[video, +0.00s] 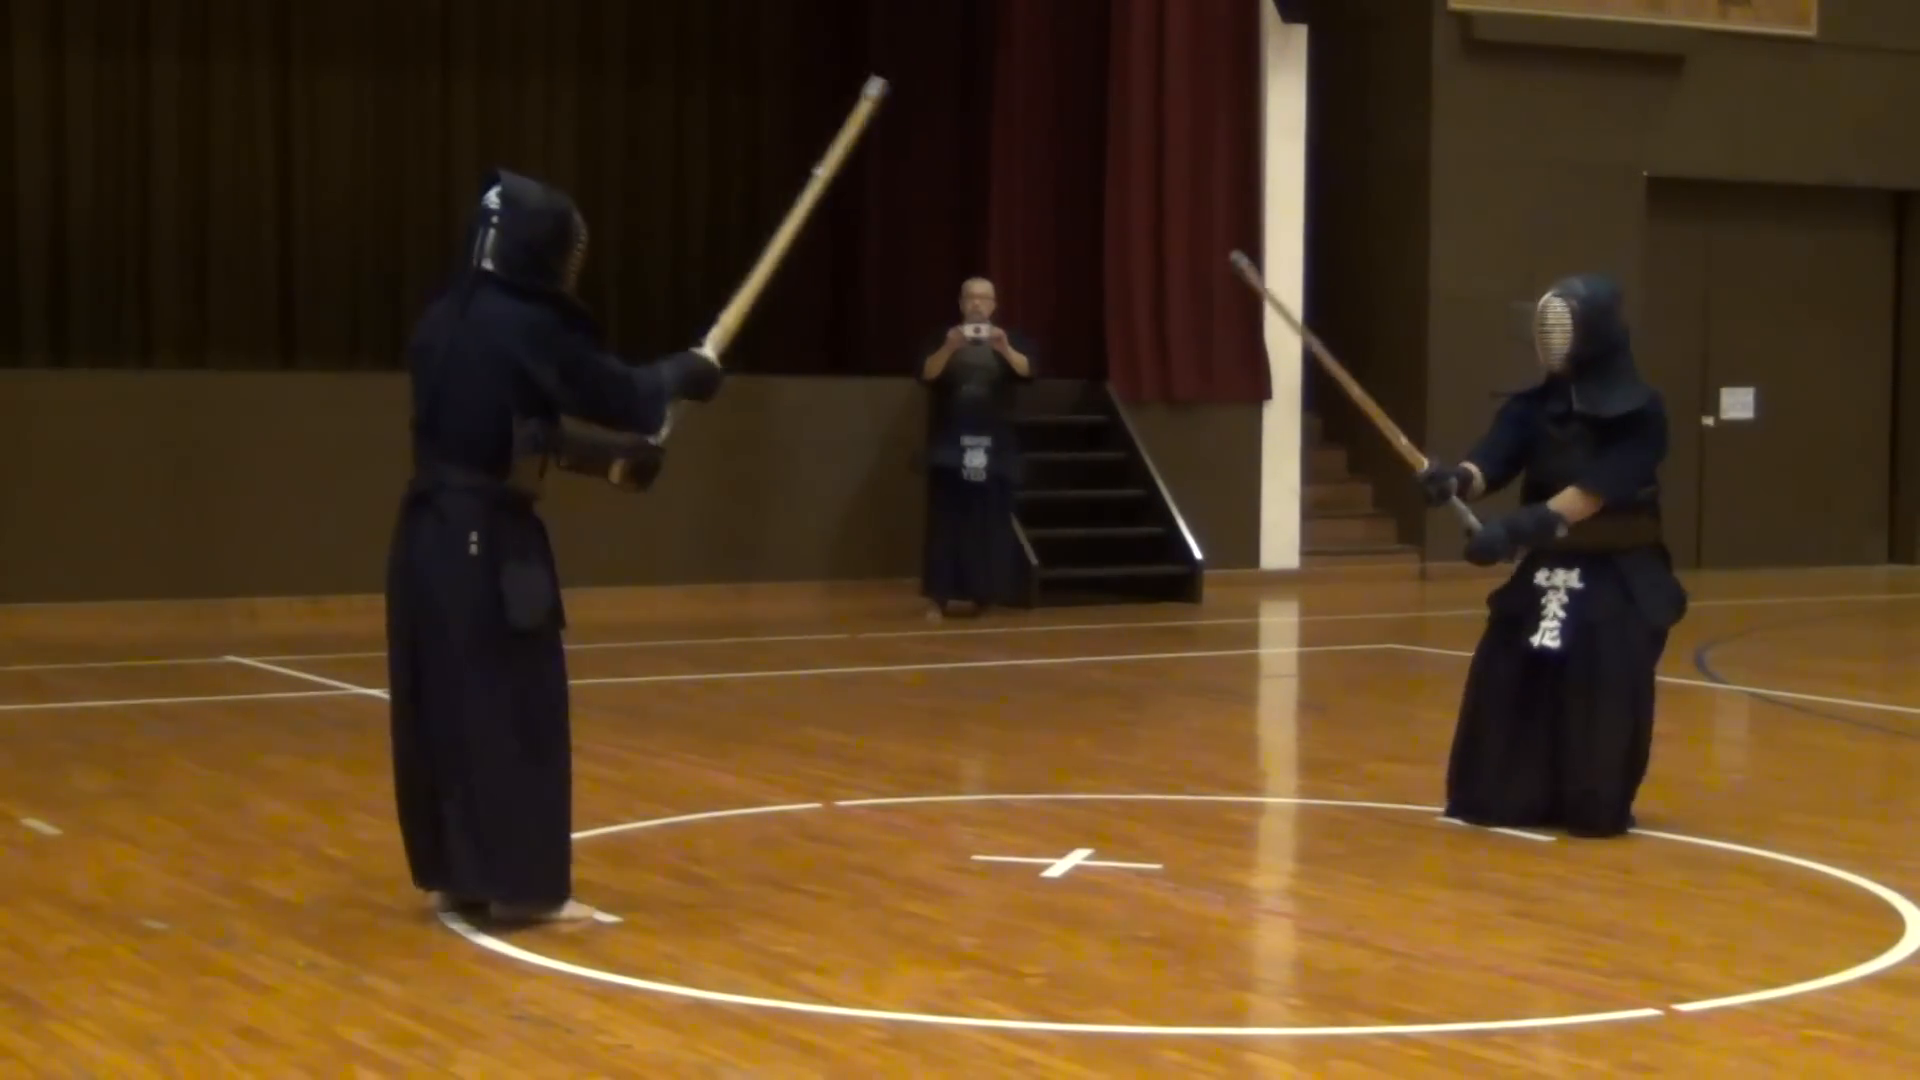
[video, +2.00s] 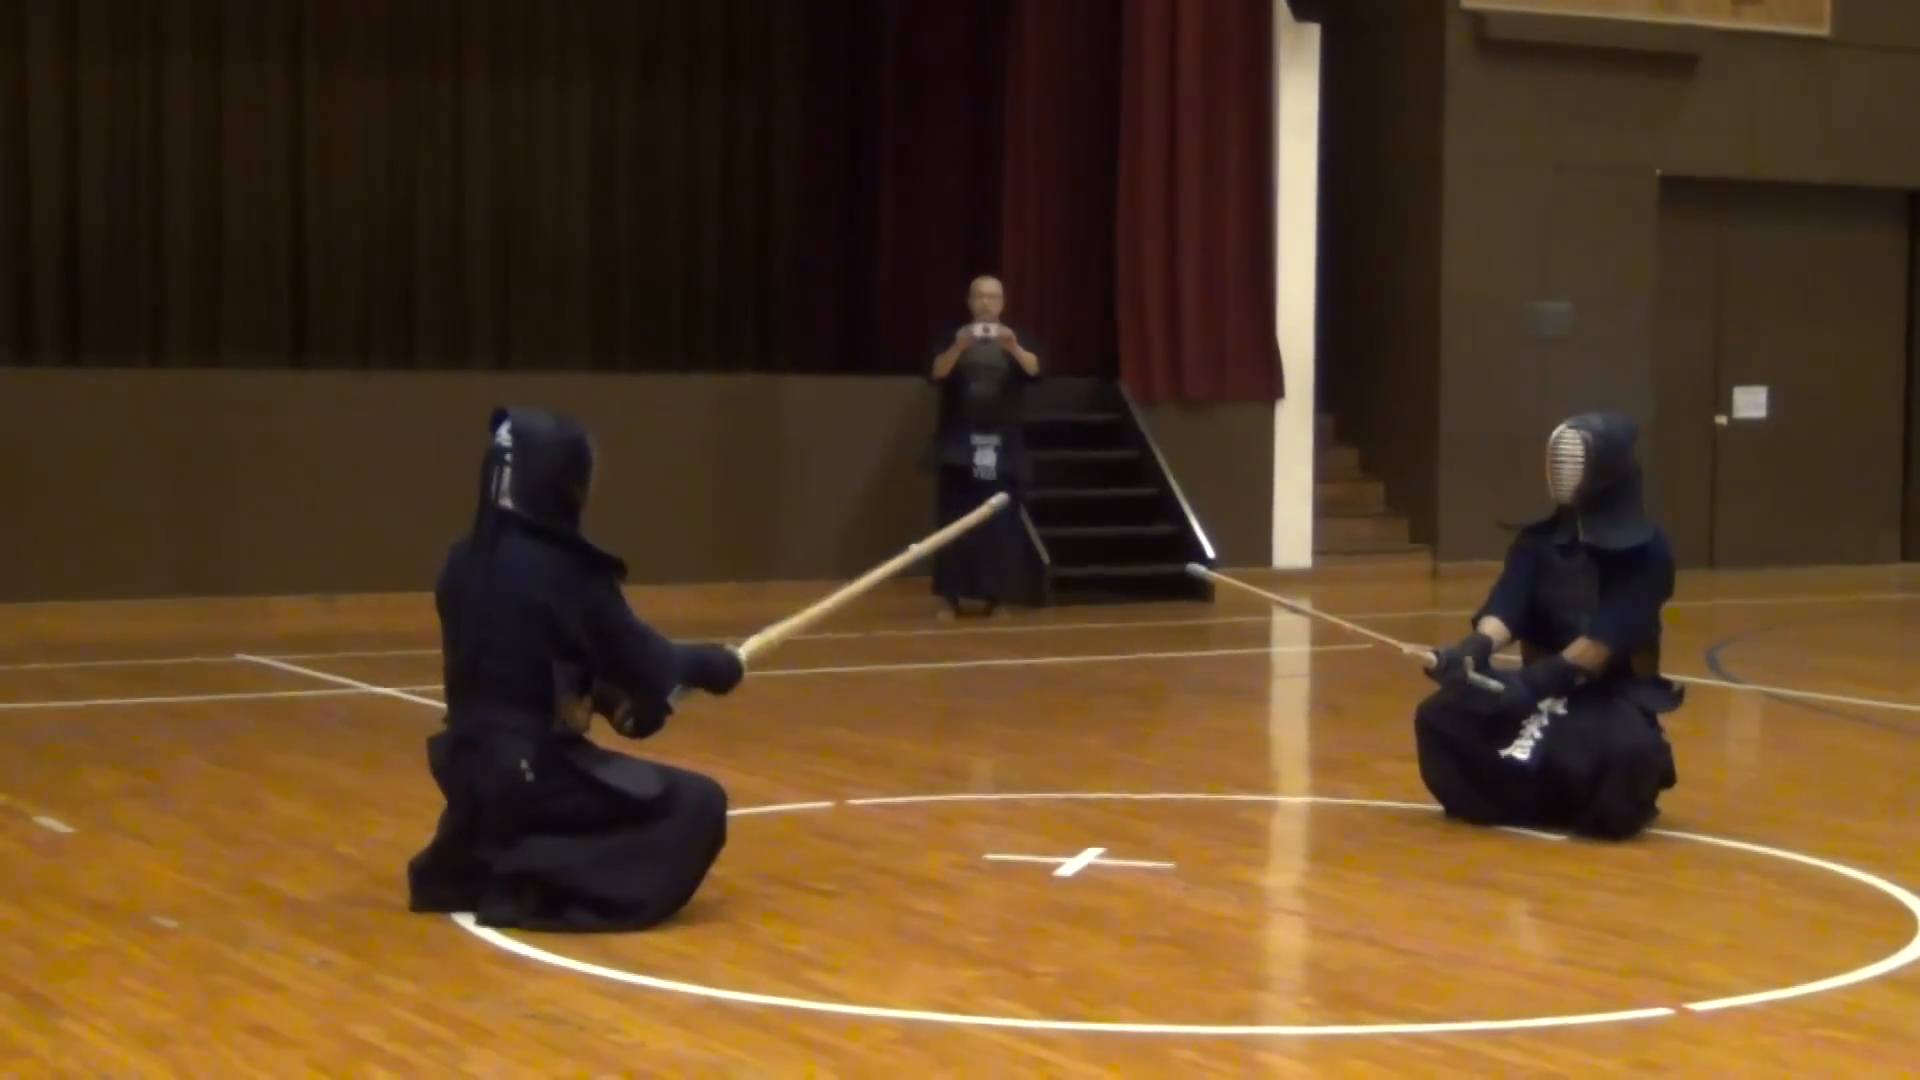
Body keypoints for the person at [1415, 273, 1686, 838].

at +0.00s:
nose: (1548, 339)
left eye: (1561, 328)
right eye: (1544, 327)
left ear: (1595, 332)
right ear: (1542, 330)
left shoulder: (1637, 408)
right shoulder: (1535, 404)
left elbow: (1601, 487)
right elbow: (1494, 460)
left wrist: (1521, 527)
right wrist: (1461, 478)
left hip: (1620, 569)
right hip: (1547, 564)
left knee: (1600, 675)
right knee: (1503, 665)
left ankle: (1595, 806)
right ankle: (1498, 796)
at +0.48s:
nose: (1544, 420)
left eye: (1556, 409)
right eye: (1540, 408)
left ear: (1591, 415)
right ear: (1534, 412)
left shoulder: (1625, 494)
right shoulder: (1527, 488)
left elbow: (1584, 573)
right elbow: (1491, 543)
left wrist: (1511, 615)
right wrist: (1452, 571)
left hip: (1607, 642)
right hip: (1525, 635)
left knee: (1604, 721)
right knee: (1449, 706)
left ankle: (1604, 811)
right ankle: (1493, 805)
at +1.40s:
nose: (1563, 468)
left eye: (1576, 458)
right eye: (1561, 457)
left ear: (1611, 465)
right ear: (1555, 460)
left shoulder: (1649, 548)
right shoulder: (1544, 534)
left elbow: (1607, 639)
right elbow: (1513, 603)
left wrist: (1531, 681)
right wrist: (1478, 641)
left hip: (1613, 696)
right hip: (1538, 682)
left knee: (1629, 752)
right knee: (1447, 716)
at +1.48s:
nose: (1559, 471)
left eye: (1572, 459)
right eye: (1556, 459)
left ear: (1606, 467)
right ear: (1549, 462)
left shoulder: (1642, 548)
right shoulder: (1538, 537)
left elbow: (1602, 641)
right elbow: (1508, 604)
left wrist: (1528, 683)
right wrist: (1474, 642)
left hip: (1610, 699)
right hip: (1534, 685)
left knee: (1626, 750)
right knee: (1441, 717)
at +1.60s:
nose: (1559, 472)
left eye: (1572, 460)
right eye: (1556, 460)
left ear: (1607, 467)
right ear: (1549, 463)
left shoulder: (1643, 549)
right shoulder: (1539, 537)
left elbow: (1603, 642)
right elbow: (1509, 604)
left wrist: (1528, 686)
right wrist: (1475, 643)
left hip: (1608, 699)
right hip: (1532, 687)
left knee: (1626, 752)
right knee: (1441, 717)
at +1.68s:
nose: (1559, 471)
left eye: (1573, 459)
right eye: (1556, 458)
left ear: (1607, 467)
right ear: (1549, 462)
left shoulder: (1642, 548)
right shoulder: (1538, 537)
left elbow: (1602, 642)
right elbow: (1508, 606)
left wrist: (1528, 686)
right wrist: (1471, 644)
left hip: (1609, 698)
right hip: (1533, 685)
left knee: (1624, 753)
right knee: (1442, 717)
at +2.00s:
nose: (1560, 473)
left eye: (1574, 461)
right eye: (1557, 461)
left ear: (1607, 469)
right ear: (1550, 464)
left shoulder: (1643, 551)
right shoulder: (1538, 540)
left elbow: (1599, 647)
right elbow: (1506, 609)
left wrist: (1528, 686)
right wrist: (1471, 650)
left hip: (1609, 699)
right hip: (1532, 685)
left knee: (1628, 752)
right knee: (1440, 718)